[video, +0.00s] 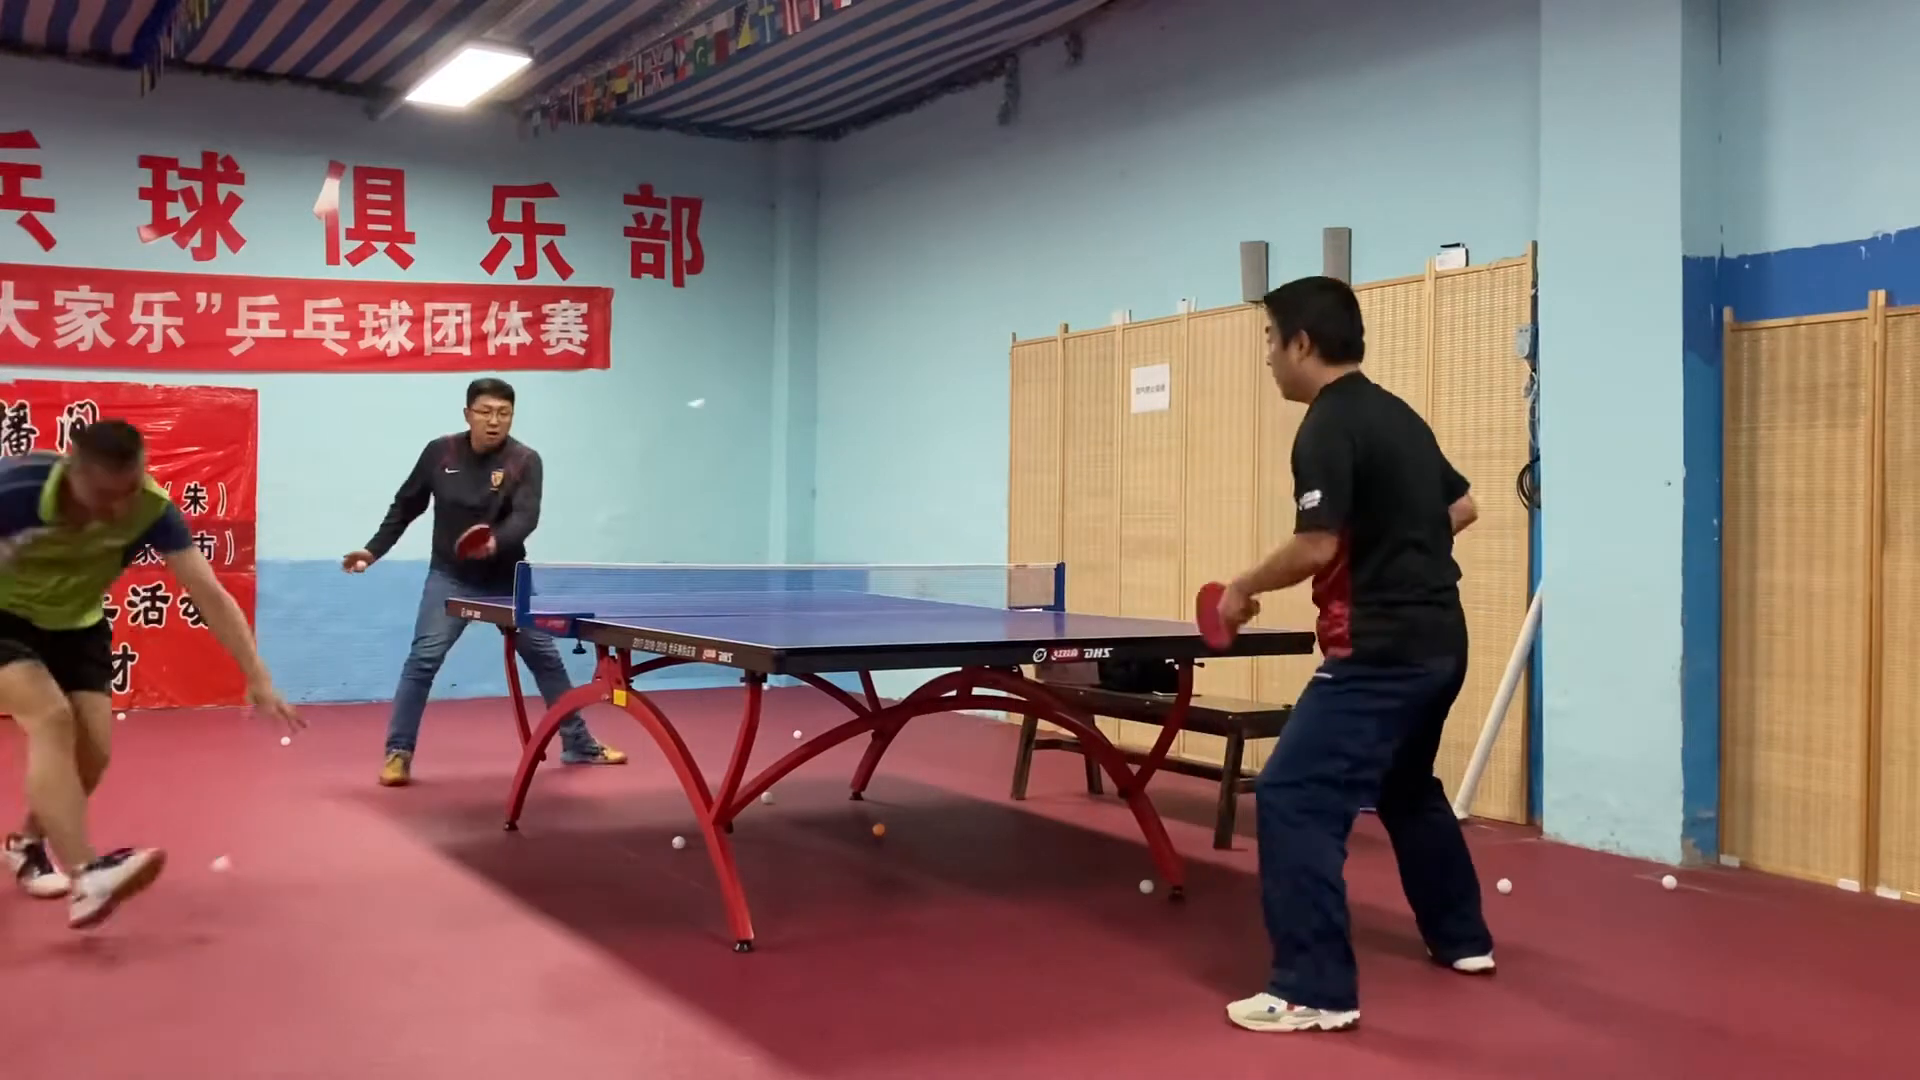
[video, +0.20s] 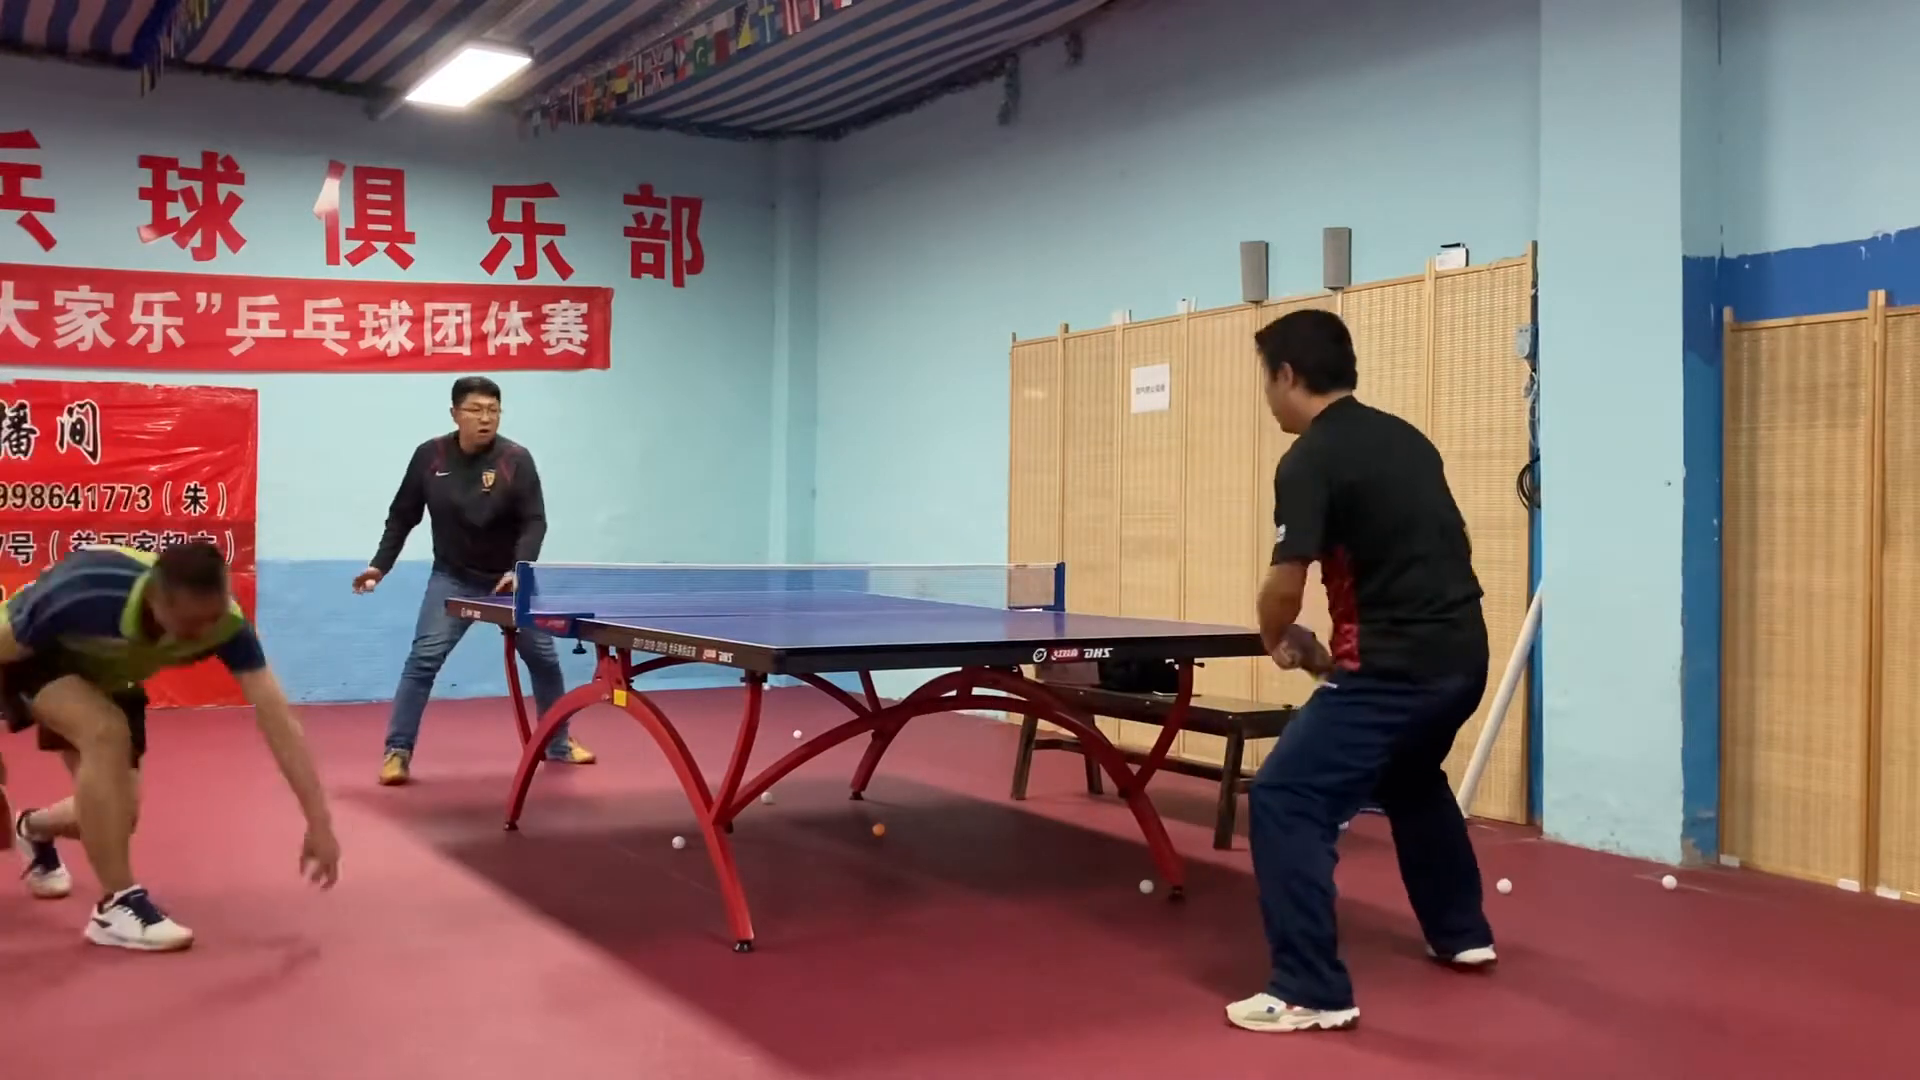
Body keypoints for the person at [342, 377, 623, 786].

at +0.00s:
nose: (495, 421)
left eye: (503, 414)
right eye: (486, 413)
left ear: (512, 418)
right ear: (468, 414)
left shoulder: (524, 460)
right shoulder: (439, 453)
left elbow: (524, 518)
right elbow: (405, 506)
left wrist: (493, 542)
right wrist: (371, 551)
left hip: (504, 578)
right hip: (450, 575)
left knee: (545, 656)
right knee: (424, 658)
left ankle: (578, 743)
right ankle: (399, 752)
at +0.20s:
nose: (486, 419)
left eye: (492, 411)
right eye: (476, 411)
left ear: (500, 415)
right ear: (456, 415)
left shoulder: (516, 460)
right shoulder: (430, 457)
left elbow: (534, 522)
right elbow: (402, 516)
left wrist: (520, 569)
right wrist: (380, 566)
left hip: (510, 578)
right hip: (453, 577)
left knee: (544, 656)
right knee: (425, 657)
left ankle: (559, 742)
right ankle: (397, 751)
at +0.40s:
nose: (507, 412)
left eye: (513, 404)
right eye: (497, 404)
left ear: (520, 409)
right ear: (475, 407)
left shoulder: (534, 456)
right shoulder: (446, 453)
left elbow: (554, 514)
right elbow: (424, 515)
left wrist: (547, 568)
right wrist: (416, 565)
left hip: (521, 579)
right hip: (465, 578)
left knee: (548, 658)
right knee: (435, 663)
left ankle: (557, 742)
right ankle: (401, 750)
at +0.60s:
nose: (513, 408)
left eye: (518, 400)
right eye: (503, 400)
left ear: (525, 406)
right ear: (480, 404)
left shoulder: (534, 453)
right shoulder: (450, 453)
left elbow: (557, 508)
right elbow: (431, 521)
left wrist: (569, 561)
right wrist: (441, 567)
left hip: (524, 580)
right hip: (469, 579)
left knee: (545, 655)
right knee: (437, 663)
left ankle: (557, 741)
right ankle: (401, 751)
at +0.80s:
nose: (491, 410)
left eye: (496, 402)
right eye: (481, 403)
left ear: (502, 408)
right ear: (458, 409)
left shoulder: (516, 455)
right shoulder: (432, 458)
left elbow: (537, 511)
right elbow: (409, 522)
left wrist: (548, 552)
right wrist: (423, 558)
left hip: (513, 582)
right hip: (455, 582)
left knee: (539, 659)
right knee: (418, 664)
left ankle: (558, 742)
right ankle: (399, 754)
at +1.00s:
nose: (454, 399)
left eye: (461, 391)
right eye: (444, 391)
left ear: (469, 397)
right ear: (423, 397)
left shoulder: (487, 443)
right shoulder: (398, 446)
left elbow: (510, 499)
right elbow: (371, 510)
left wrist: (514, 530)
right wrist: (385, 539)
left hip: (488, 577)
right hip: (426, 577)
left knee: (531, 652)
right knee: (403, 664)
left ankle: (543, 738)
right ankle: (396, 754)